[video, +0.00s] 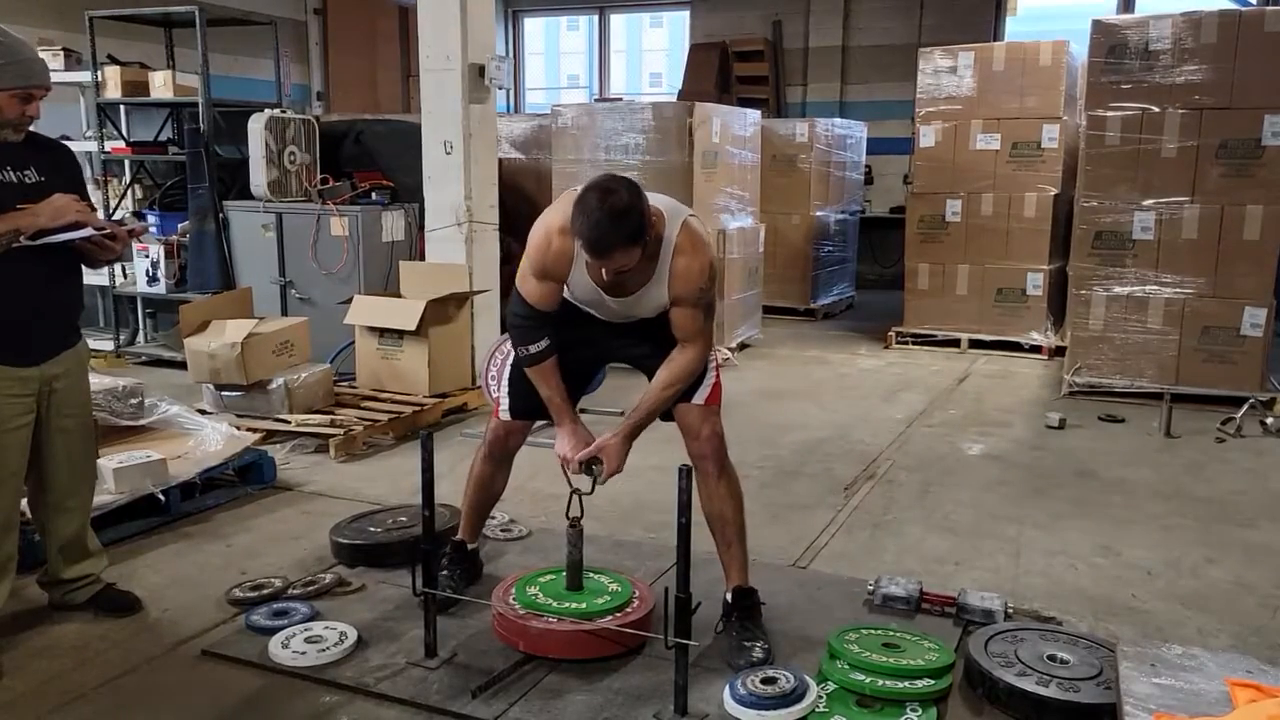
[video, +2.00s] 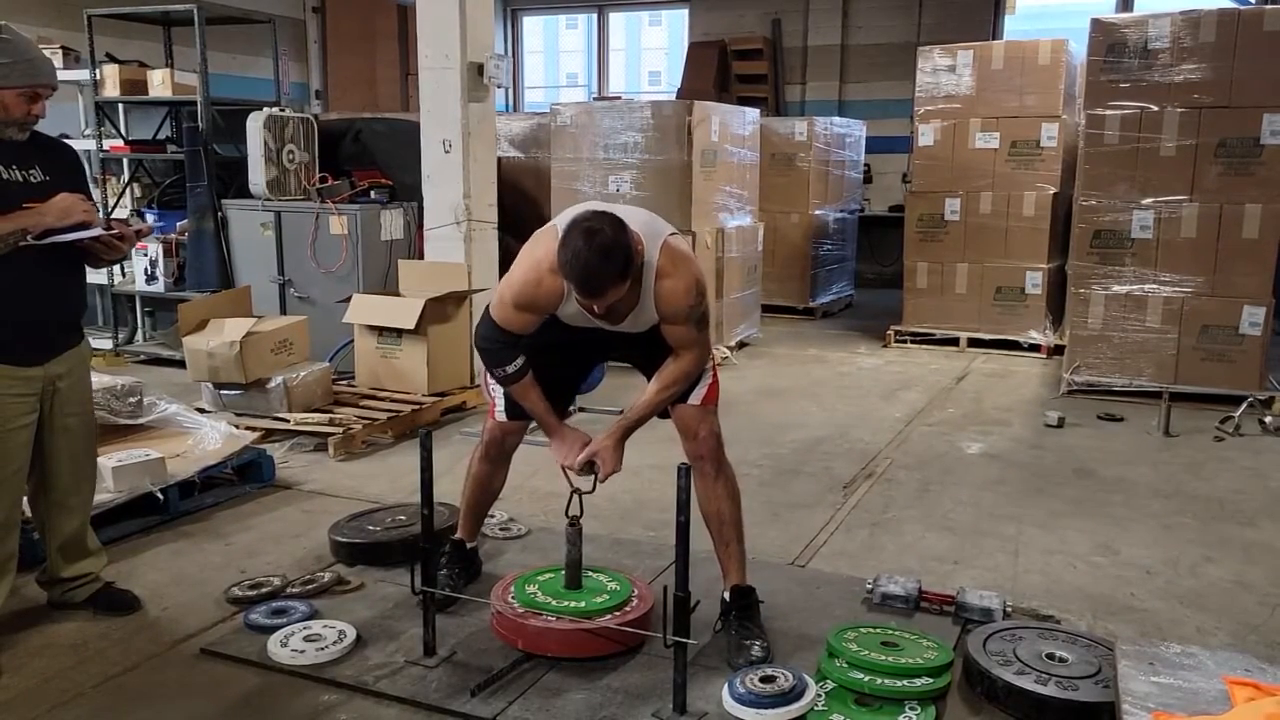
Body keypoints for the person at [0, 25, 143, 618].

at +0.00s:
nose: (34, 109)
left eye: (39, 97)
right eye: (23, 98)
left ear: (43, 92)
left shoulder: (57, 157)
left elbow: (84, 245)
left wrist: (107, 250)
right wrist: (36, 216)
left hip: (63, 347)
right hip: (4, 356)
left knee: (69, 474)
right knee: (5, 491)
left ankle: (74, 581)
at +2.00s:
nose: (39, 107)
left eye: (45, 96)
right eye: (29, 95)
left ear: (47, 92)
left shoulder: (60, 156)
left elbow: (81, 247)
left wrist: (109, 249)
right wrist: (40, 217)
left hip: (66, 346)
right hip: (7, 355)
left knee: (70, 473)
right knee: (7, 489)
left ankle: (74, 580)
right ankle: (1, 598)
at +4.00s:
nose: (48, 109)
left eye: (54, 97)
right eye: (37, 96)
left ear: (56, 95)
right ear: (0, 90)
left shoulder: (64, 160)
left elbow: (86, 250)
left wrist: (114, 252)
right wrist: (15, 231)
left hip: (59, 351)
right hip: (3, 360)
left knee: (65, 475)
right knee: (4, 491)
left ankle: (72, 579)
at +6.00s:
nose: (47, 107)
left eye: (55, 96)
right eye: (36, 93)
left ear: (61, 95)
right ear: (1, 85)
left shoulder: (69, 160)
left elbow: (87, 250)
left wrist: (118, 248)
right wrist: (47, 231)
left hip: (67, 350)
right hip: (6, 359)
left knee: (70, 476)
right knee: (6, 492)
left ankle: (73, 579)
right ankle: (1, 599)